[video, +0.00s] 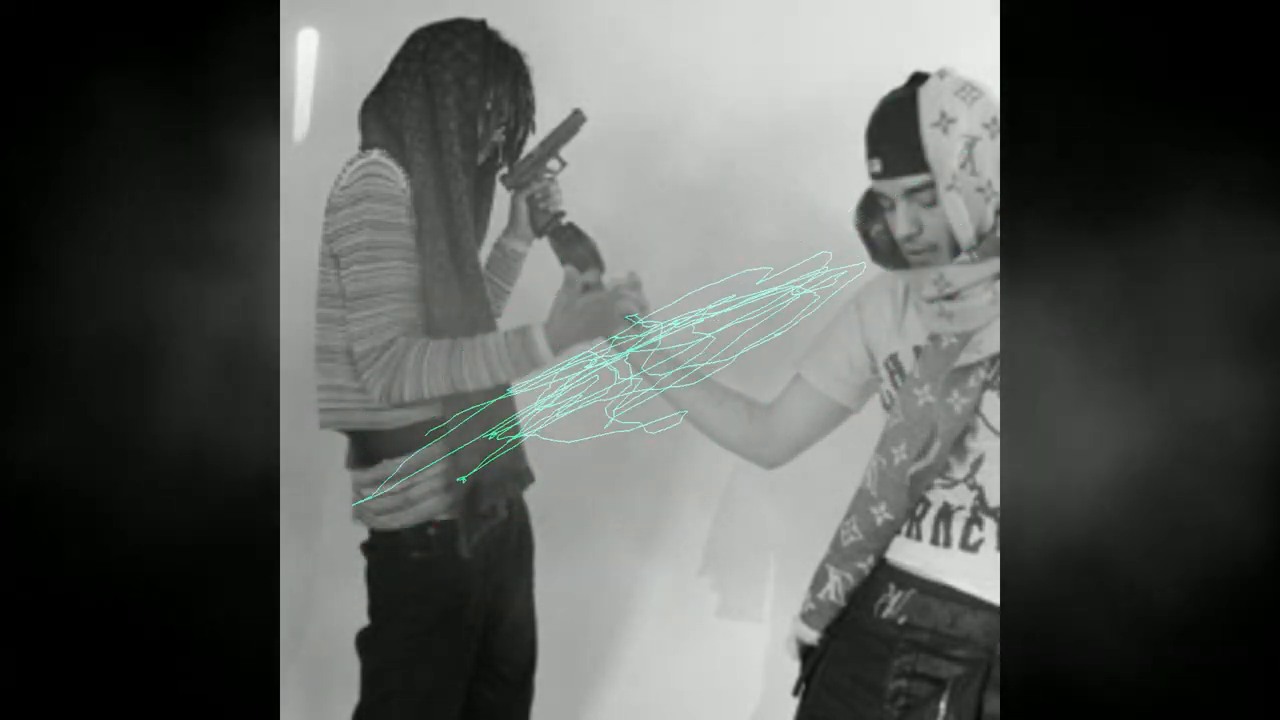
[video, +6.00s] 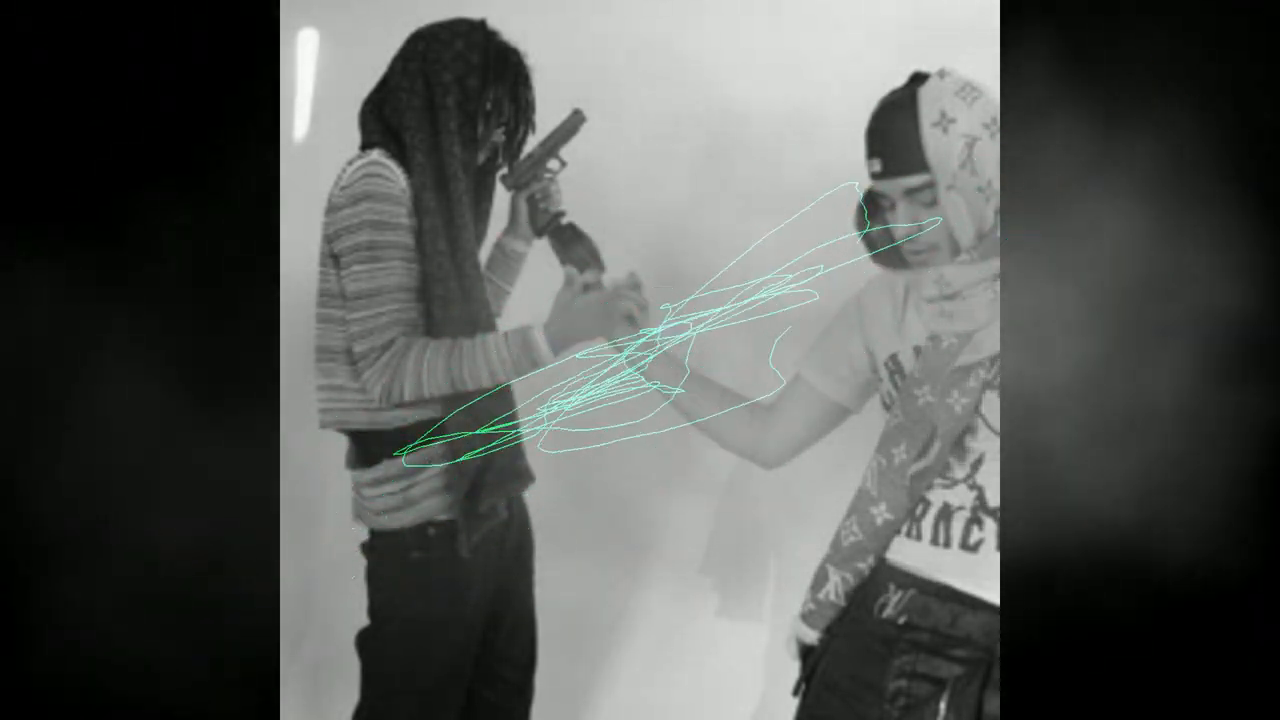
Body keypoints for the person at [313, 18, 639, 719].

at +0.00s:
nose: (498, 143)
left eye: (505, 124)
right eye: (493, 118)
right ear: (450, 105)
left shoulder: (426, 191)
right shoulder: (377, 182)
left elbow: (465, 327)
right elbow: (387, 369)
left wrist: (518, 233)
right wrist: (550, 339)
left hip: (487, 503)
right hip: (422, 522)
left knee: (500, 699)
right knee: (413, 704)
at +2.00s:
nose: (495, 142)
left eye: (502, 124)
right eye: (489, 119)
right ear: (446, 108)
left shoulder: (430, 191)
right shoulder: (377, 182)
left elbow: (464, 330)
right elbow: (388, 370)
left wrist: (518, 234)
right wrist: (555, 337)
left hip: (486, 498)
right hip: (420, 514)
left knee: (500, 697)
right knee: (411, 703)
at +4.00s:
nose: (499, 147)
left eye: (506, 129)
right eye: (493, 124)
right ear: (450, 110)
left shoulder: (425, 192)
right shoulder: (377, 183)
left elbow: (462, 329)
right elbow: (388, 369)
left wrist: (519, 234)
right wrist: (550, 338)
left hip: (486, 493)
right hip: (423, 510)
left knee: (500, 695)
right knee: (413, 702)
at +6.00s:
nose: (497, 144)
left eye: (504, 126)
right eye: (492, 119)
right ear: (448, 108)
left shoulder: (427, 191)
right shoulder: (377, 182)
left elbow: (463, 330)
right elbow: (387, 370)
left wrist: (519, 234)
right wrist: (550, 338)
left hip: (486, 493)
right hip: (420, 509)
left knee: (500, 701)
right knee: (411, 705)